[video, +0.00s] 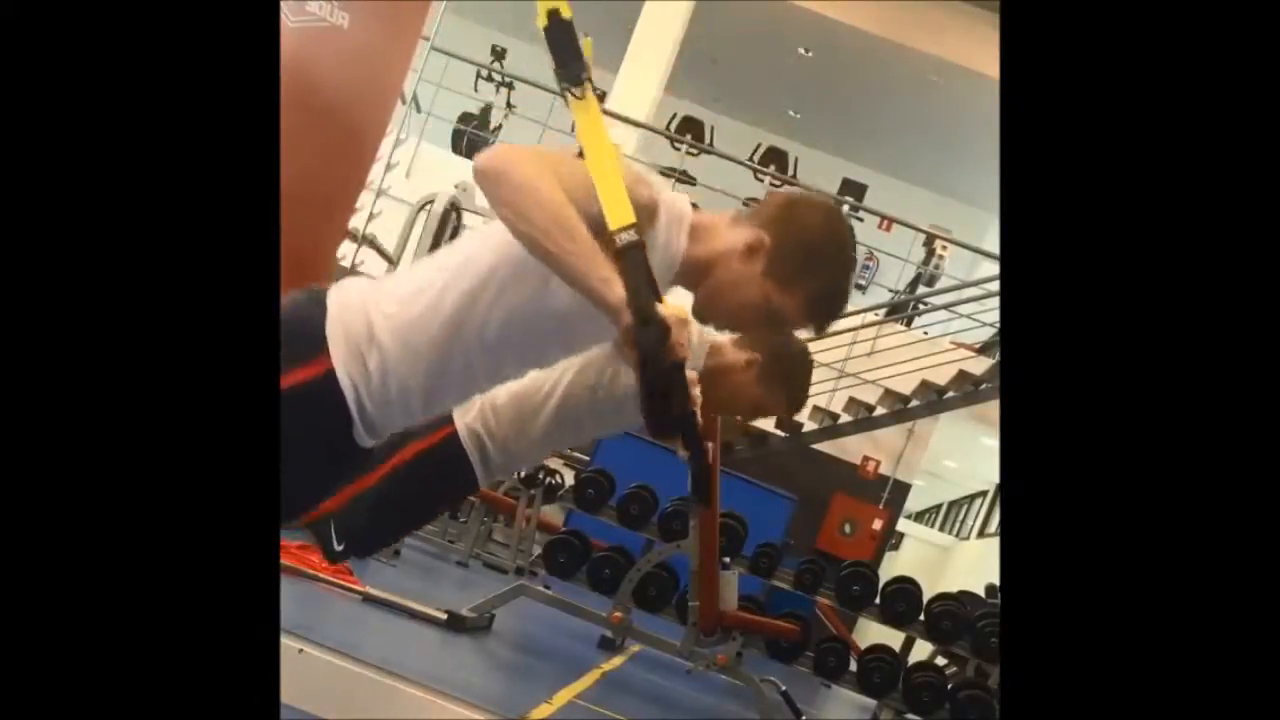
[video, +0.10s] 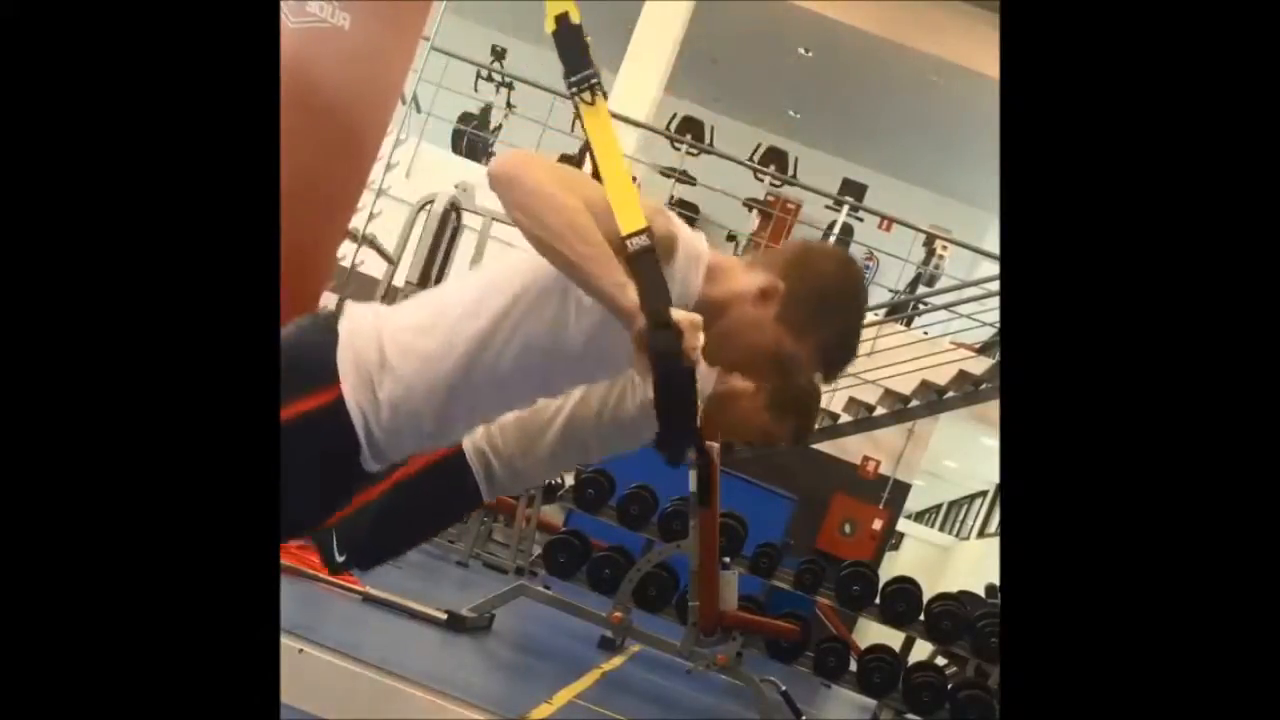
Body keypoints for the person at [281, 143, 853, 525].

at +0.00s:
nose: (749, 331)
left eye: (769, 328)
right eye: (768, 315)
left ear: (754, 251)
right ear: (753, 251)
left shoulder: (670, 289)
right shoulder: (645, 202)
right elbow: (504, 168)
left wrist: (668, 408)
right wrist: (629, 307)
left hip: (367, 426)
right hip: (326, 367)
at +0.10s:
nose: (754, 372)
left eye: (776, 373)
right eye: (775, 359)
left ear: (764, 288)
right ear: (767, 294)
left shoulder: (679, 334)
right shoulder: (666, 246)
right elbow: (517, 172)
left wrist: (672, 410)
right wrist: (644, 316)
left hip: (366, 443)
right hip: (333, 393)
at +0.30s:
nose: (758, 434)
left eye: (776, 436)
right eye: (777, 425)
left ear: (780, 355)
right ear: (783, 360)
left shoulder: (693, 391)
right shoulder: (674, 285)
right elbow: (529, 170)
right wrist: (623, 312)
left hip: (368, 471)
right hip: (338, 424)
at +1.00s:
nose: (757, 375)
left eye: (776, 376)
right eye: (776, 362)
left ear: (768, 291)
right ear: (770, 294)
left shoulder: (681, 336)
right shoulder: (664, 244)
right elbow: (515, 157)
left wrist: (666, 405)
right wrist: (629, 311)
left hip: (364, 440)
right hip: (329, 384)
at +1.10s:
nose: (745, 333)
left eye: (767, 330)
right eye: (766, 316)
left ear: (760, 248)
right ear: (758, 248)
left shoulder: (659, 288)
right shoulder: (642, 195)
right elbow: (506, 152)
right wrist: (615, 308)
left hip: (364, 422)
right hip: (325, 361)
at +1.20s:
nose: (738, 295)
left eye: (758, 292)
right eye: (756, 280)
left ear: (745, 205)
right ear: (747, 208)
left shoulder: (654, 250)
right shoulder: (630, 158)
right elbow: (503, 145)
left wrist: (659, 401)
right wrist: (615, 302)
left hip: (362, 404)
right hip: (318, 340)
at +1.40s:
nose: (716, 235)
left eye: (735, 231)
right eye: (732, 213)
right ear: (716, 141)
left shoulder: (624, 209)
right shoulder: (605, 107)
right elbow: (501, 134)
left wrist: (663, 383)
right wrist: (596, 287)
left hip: (352, 365)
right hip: (305, 303)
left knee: (287, 482)